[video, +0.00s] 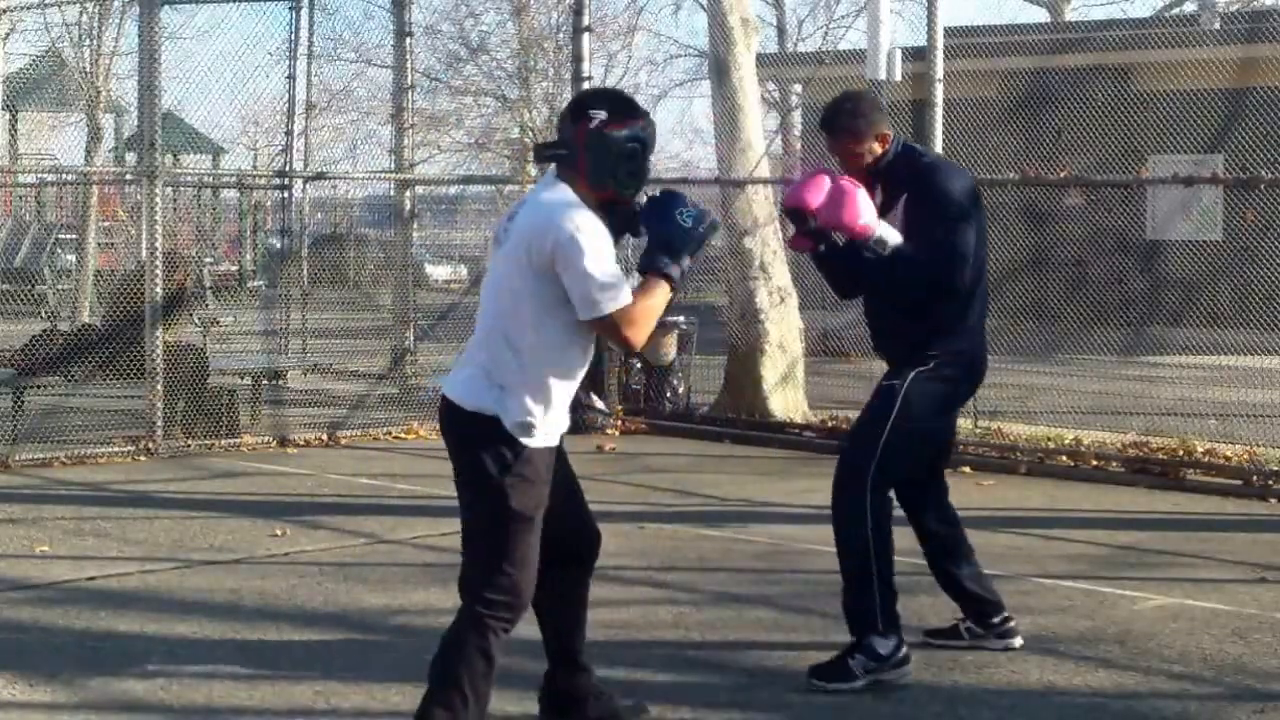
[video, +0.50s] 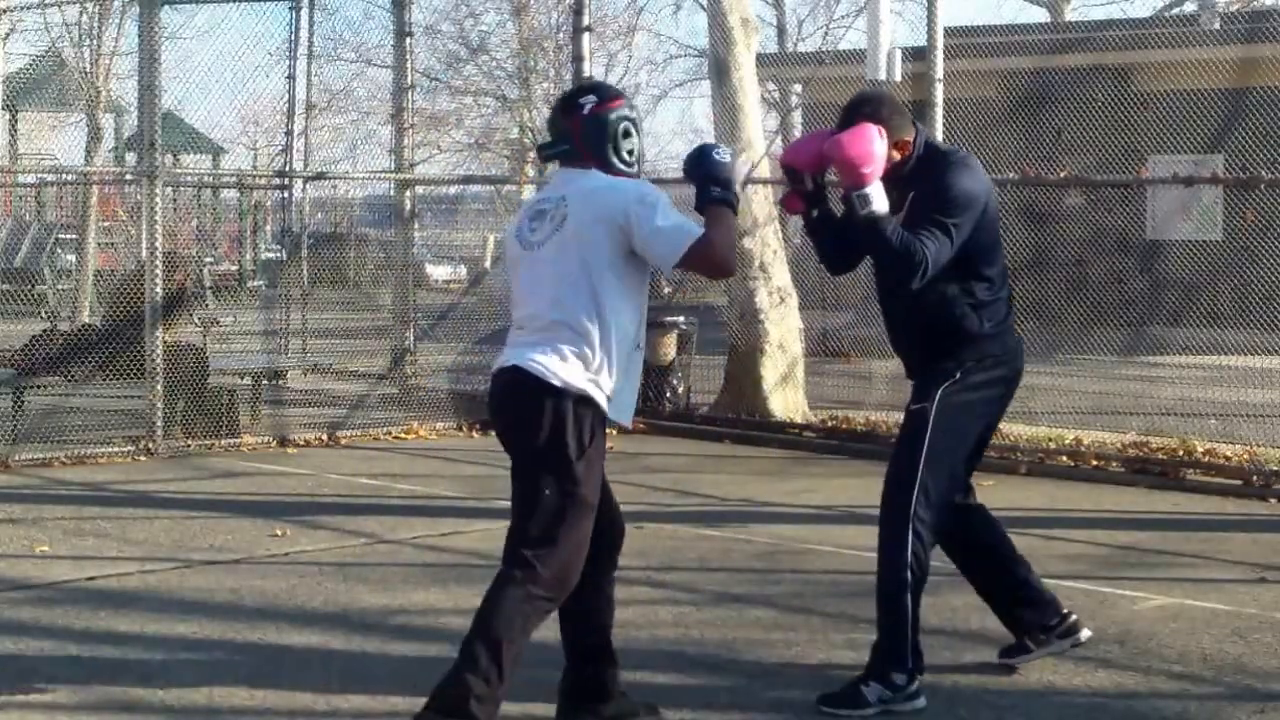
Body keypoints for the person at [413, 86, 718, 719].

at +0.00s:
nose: (635, 161)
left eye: (642, 147)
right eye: (622, 146)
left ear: (574, 150)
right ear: (580, 147)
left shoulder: (547, 206)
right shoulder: (569, 222)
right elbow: (631, 327)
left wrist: (625, 242)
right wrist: (668, 261)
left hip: (524, 419)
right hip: (500, 424)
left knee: (573, 544)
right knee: (498, 597)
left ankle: (570, 690)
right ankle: (446, 712)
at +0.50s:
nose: (635, 145)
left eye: (632, 134)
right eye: (630, 134)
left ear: (561, 142)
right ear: (617, 138)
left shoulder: (532, 211)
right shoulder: (624, 195)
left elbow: (534, 306)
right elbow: (718, 258)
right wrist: (718, 193)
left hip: (514, 386)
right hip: (567, 394)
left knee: (599, 533)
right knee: (546, 559)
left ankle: (591, 695)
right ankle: (459, 705)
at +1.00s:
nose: (613, 136)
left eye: (610, 123)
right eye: (604, 125)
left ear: (543, 138)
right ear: (593, 133)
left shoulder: (513, 212)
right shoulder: (599, 192)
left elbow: (533, 301)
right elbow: (669, 287)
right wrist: (682, 207)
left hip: (510, 385)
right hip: (545, 389)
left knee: (589, 536)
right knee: (544, 572)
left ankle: (586, 696)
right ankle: (461, 710)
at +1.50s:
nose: (538, 180)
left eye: (538, 167)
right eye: (528, 167)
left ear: (495, 164)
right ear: (489, 164)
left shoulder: (498, 227)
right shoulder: (423, 226)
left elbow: (483, 345)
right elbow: (427, 343)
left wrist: (550, 373)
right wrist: (517, 301)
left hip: (480, 422)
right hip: (410, 430)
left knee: (556, 548)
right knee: (419, 587)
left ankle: (567, 696)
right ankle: (368, 712)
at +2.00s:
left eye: (582, 106)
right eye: (574, 107)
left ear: (513, 112)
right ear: (558, 117)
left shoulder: (550, 194)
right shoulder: (485, 187)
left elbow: (568, 302)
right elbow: (500, 299)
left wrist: (622, 259)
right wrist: (576, 245)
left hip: (540, 407)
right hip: (483, 405)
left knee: (546, 555)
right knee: (491, 564)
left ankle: (519, 701)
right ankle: (448, 708)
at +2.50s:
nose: (685, 176)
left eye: (689, 163)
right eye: (673, 159)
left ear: (656, 151)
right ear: (649, 154)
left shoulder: (685, 208)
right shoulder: (605, 221)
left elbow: (676, 305)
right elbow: (633, 333)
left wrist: (735, 297)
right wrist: (695, 259)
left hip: (693, 435)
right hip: (621, 445)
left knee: (746, 585)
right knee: (574, 604)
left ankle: (789, 711)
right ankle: (495, 714)